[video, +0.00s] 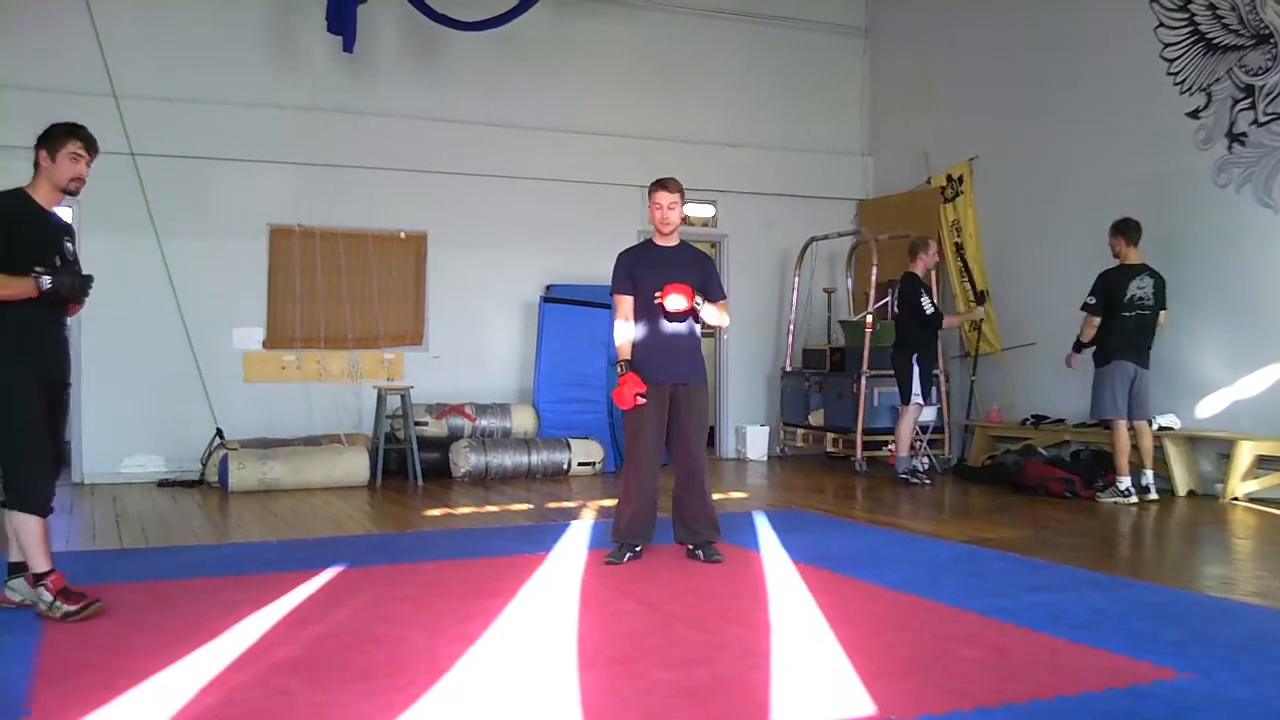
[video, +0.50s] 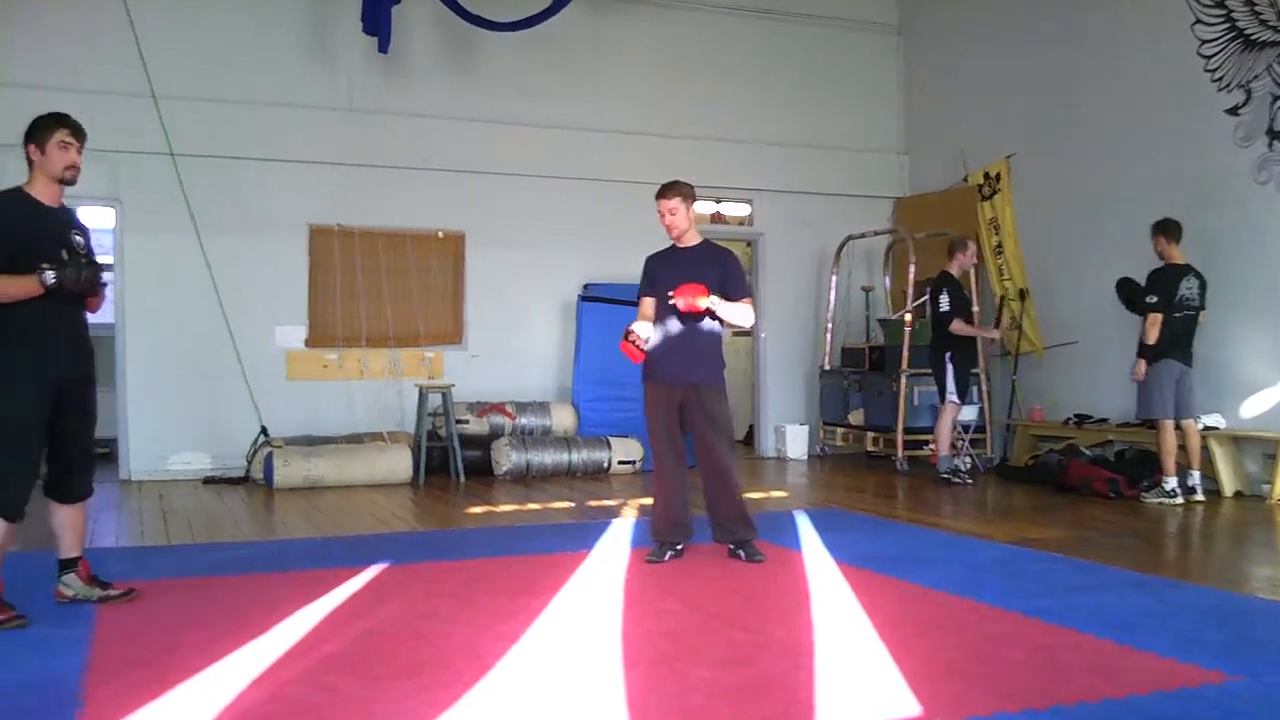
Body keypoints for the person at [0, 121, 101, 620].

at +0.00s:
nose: (82, 170)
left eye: (87, 163)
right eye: (75, 158)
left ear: (84, 170)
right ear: (43, 157)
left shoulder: (62, 227)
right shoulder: (6, 207)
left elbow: (65, 307)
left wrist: (73, 294)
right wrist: (43, 284)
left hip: (49, 365)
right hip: (11, 363)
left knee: (30, 465)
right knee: (30, 464)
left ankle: (18, 575)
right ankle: (46, 585)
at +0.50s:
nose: (75, 156)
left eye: (79, 149)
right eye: (65, 147)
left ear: (77, 158)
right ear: (34, 152)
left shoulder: (74, 226)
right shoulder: (6, 209)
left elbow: (93, 302)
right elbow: (0, 288)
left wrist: (89, 280)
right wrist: (48, 278)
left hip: (72, 366)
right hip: (16, 367)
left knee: (72, 469)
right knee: (11, 477)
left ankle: (73, 575)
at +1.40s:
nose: (123, 156)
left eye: (125, 148)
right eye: (116, 146)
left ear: (99, 150)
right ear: (83, 144)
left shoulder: (96, 215)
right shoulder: (43, 202)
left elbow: (88, 278)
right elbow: (36, 287)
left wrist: (117, 274)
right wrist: (104, 278)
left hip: (101, 364)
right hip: (53, 367)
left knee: (124, 466)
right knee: (45, 472)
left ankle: (147, 573)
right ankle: (31, 588)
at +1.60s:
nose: (177, 159)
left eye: (181, 151)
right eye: (168, 148)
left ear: (175, 158)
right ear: (138, 149)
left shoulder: (155, 219)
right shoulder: (103, 205)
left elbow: (150, 292)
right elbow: (94, 287)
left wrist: (178, 285)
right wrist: (160, 278)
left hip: (162, 365)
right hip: (115, 367)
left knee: (170, 465)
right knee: (95, 471)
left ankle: (177, 573)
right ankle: (63, 583)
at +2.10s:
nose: (228, 161)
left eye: (233, 154)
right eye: (220, 150)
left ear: (233, 163)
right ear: (193, 151)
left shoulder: (218, 224)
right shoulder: (147, 198)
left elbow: (229, 303)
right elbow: (120, 268)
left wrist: (224, 279)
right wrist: (188, 268)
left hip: (201, 357)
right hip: (153, 354)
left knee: (190, 464)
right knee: (159, 460)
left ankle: (171, 567)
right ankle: (118, 568)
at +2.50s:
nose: (226, 108)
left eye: (231, 100)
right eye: (218, 97)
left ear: (229, 104)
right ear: (188, 95)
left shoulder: (215, 166)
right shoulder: (146, 147)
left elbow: (229, 247)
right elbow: (126, 224)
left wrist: (231, 226)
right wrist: (196, 218)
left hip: (209, 306)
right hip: (164, 305)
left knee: (195, 409)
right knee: (179, 410)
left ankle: (161, 511)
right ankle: (187, 530)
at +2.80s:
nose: (256, 113)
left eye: (260, 104)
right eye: (249, 100)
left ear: (245, 105)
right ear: (216, 97)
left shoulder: (226, 164)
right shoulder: (182, 153)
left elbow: (216, 230)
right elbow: (178, 237)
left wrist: (246, 227)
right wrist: (242, 226)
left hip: (237, 311)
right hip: (199, 313)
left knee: (255, 417)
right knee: (207, 421)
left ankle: (200, 498)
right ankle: (210, 540)